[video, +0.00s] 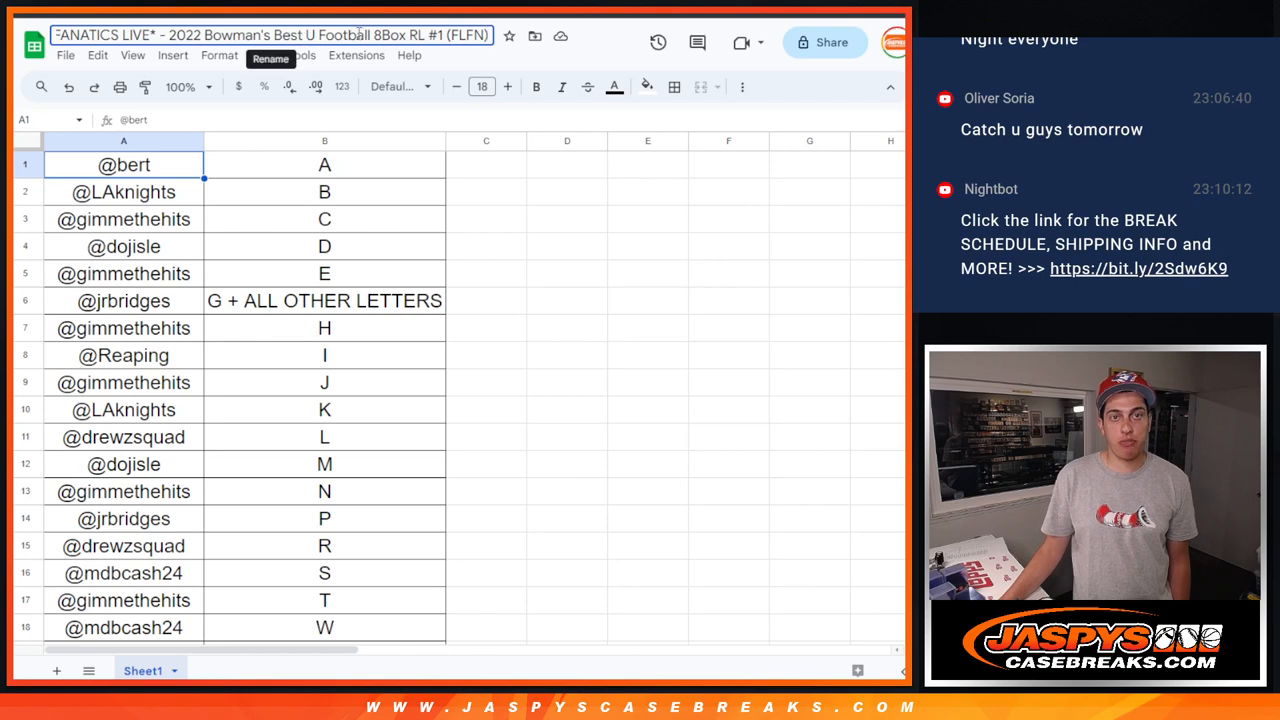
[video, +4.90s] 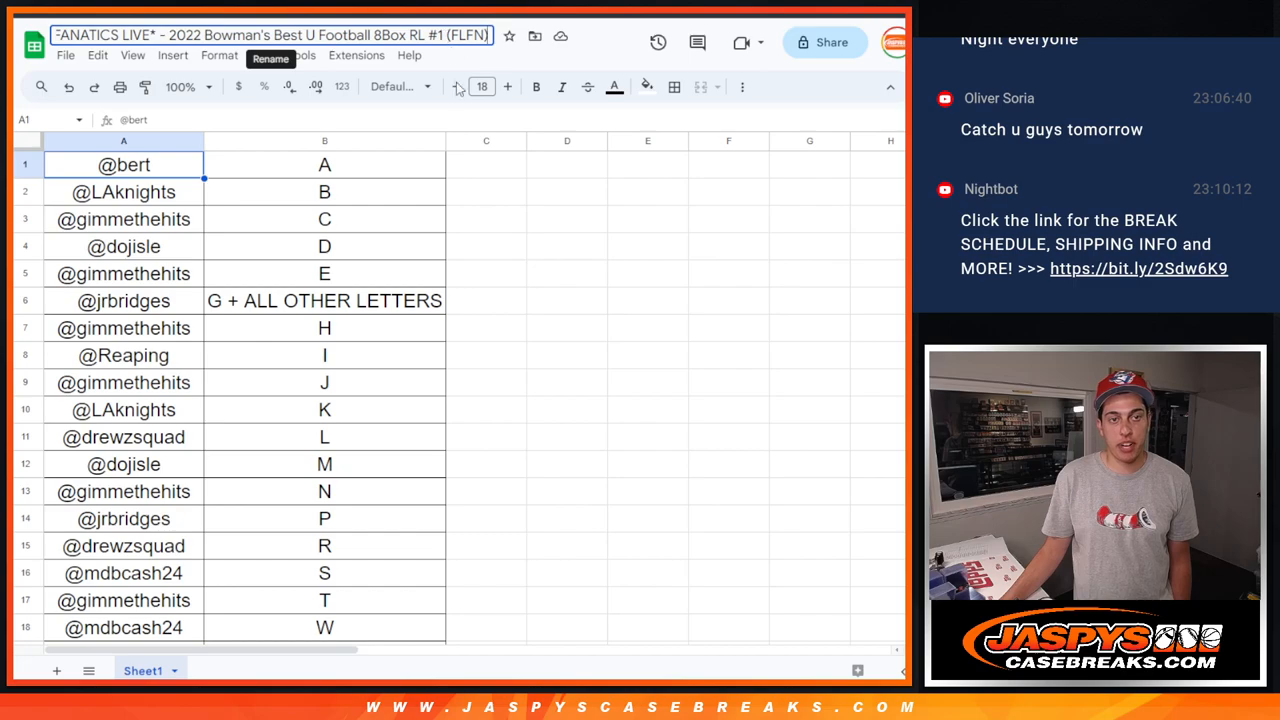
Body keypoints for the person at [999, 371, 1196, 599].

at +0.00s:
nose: (1127, 428)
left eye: (1137, 415)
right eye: (1115, 416)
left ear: (1149, 421)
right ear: (1101, 425)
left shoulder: (1175, 481)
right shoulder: (1073, 476)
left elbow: (1179, 557)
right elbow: (1051, 549)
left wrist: (1180, 611)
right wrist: (1007, 599)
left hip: (1153, 607)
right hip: (1090, 607)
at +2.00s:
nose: (1125, 429)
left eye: (1135, 416)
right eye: (1114, 417)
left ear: (1149, 421)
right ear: (1101, 425)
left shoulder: (1175, 481)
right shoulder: (1074, 475)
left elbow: (1179, 556)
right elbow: (1051, 549)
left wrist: (1179, 610)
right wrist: (1007, 599)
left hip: (1153, 607)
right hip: (1090, 606)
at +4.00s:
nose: (1126, 429)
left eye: (1136, 416)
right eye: (1115, 418)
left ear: (1150, 421)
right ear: (1101, 425)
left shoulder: (1176, 481)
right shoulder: (1074, 476)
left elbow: (1180, 557)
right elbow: (1052, 550)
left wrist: (1180, 611)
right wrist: (1007, 599)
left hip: (1153, 606)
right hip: (1090, 606)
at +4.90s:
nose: (1125, 430)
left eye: (1135, 416)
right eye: (1113, 418)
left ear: (1149, 419)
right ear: (1100, 425)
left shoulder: (1176, 481)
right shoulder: (1073, 477)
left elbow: (1180, 557)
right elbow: (1052, 549)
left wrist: (1181, 609)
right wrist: (1008, 599)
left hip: (1153, 609)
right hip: (1089, 611)